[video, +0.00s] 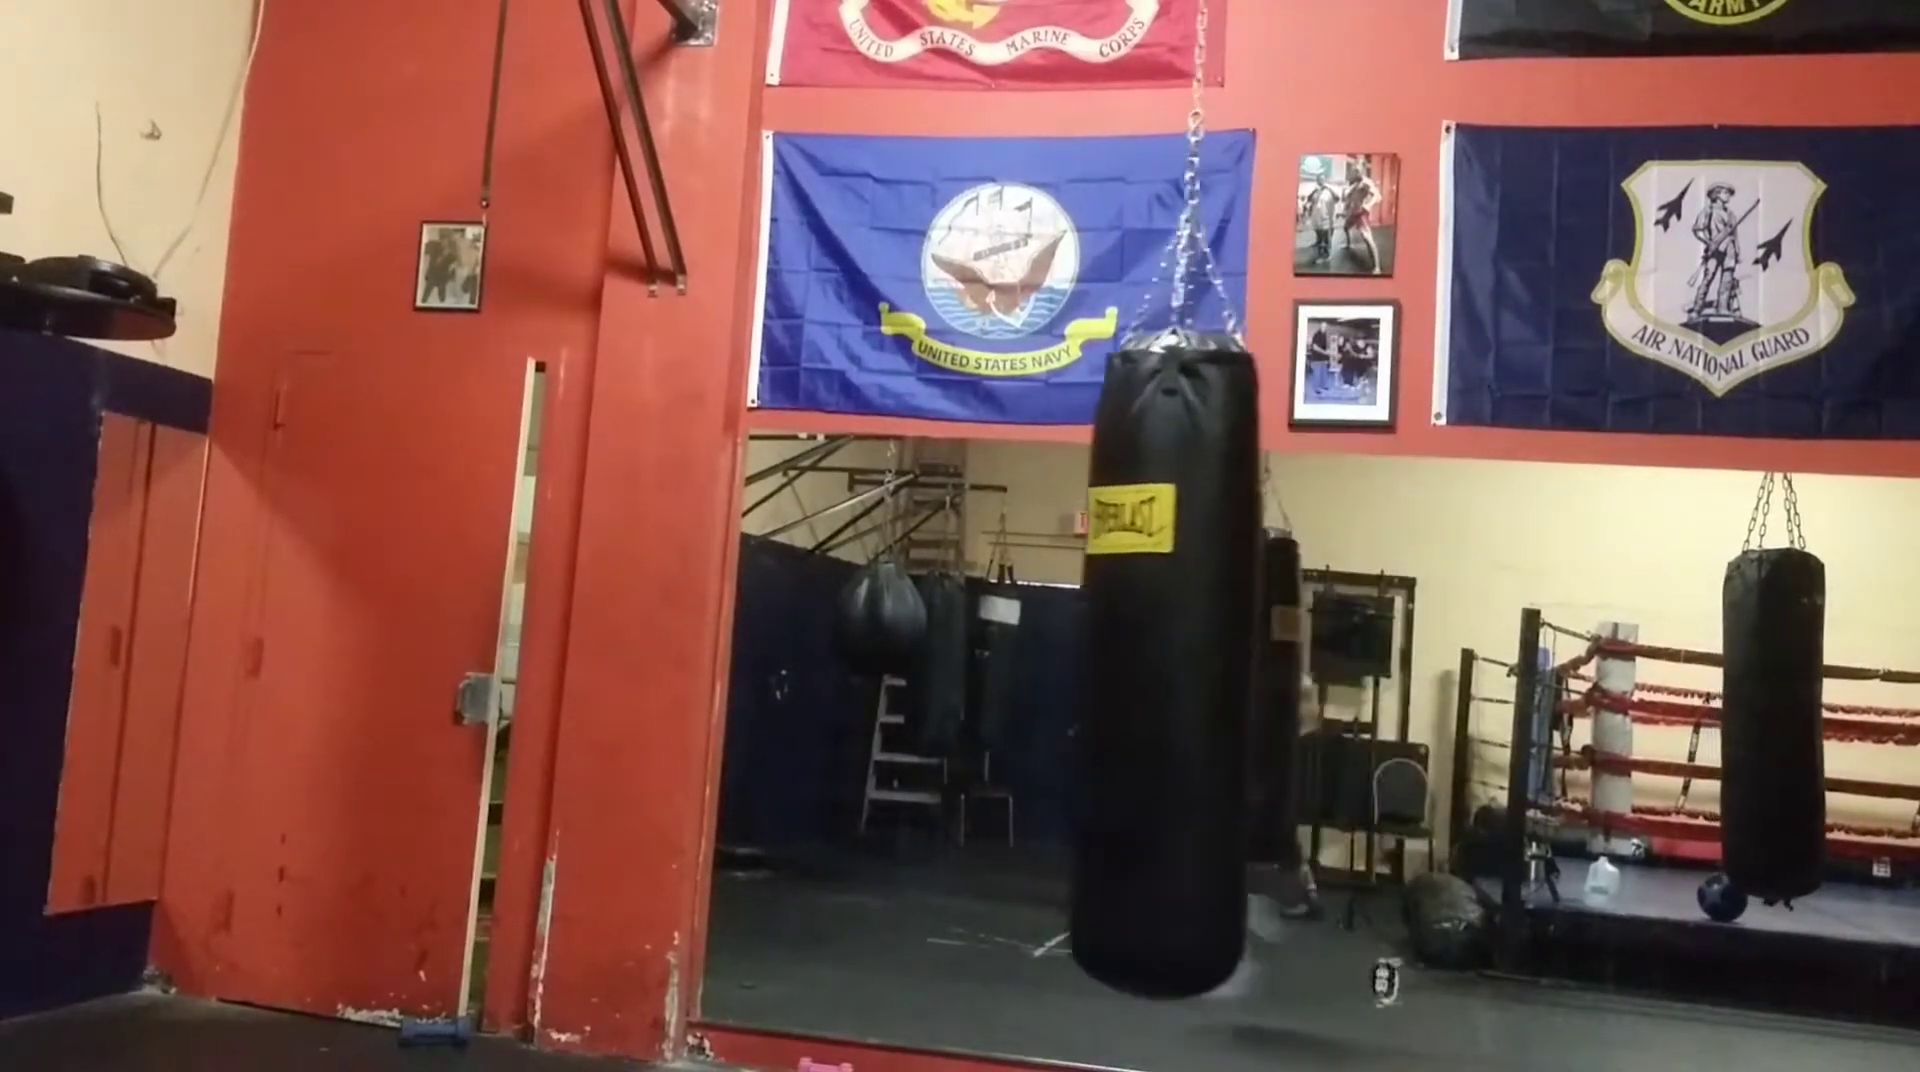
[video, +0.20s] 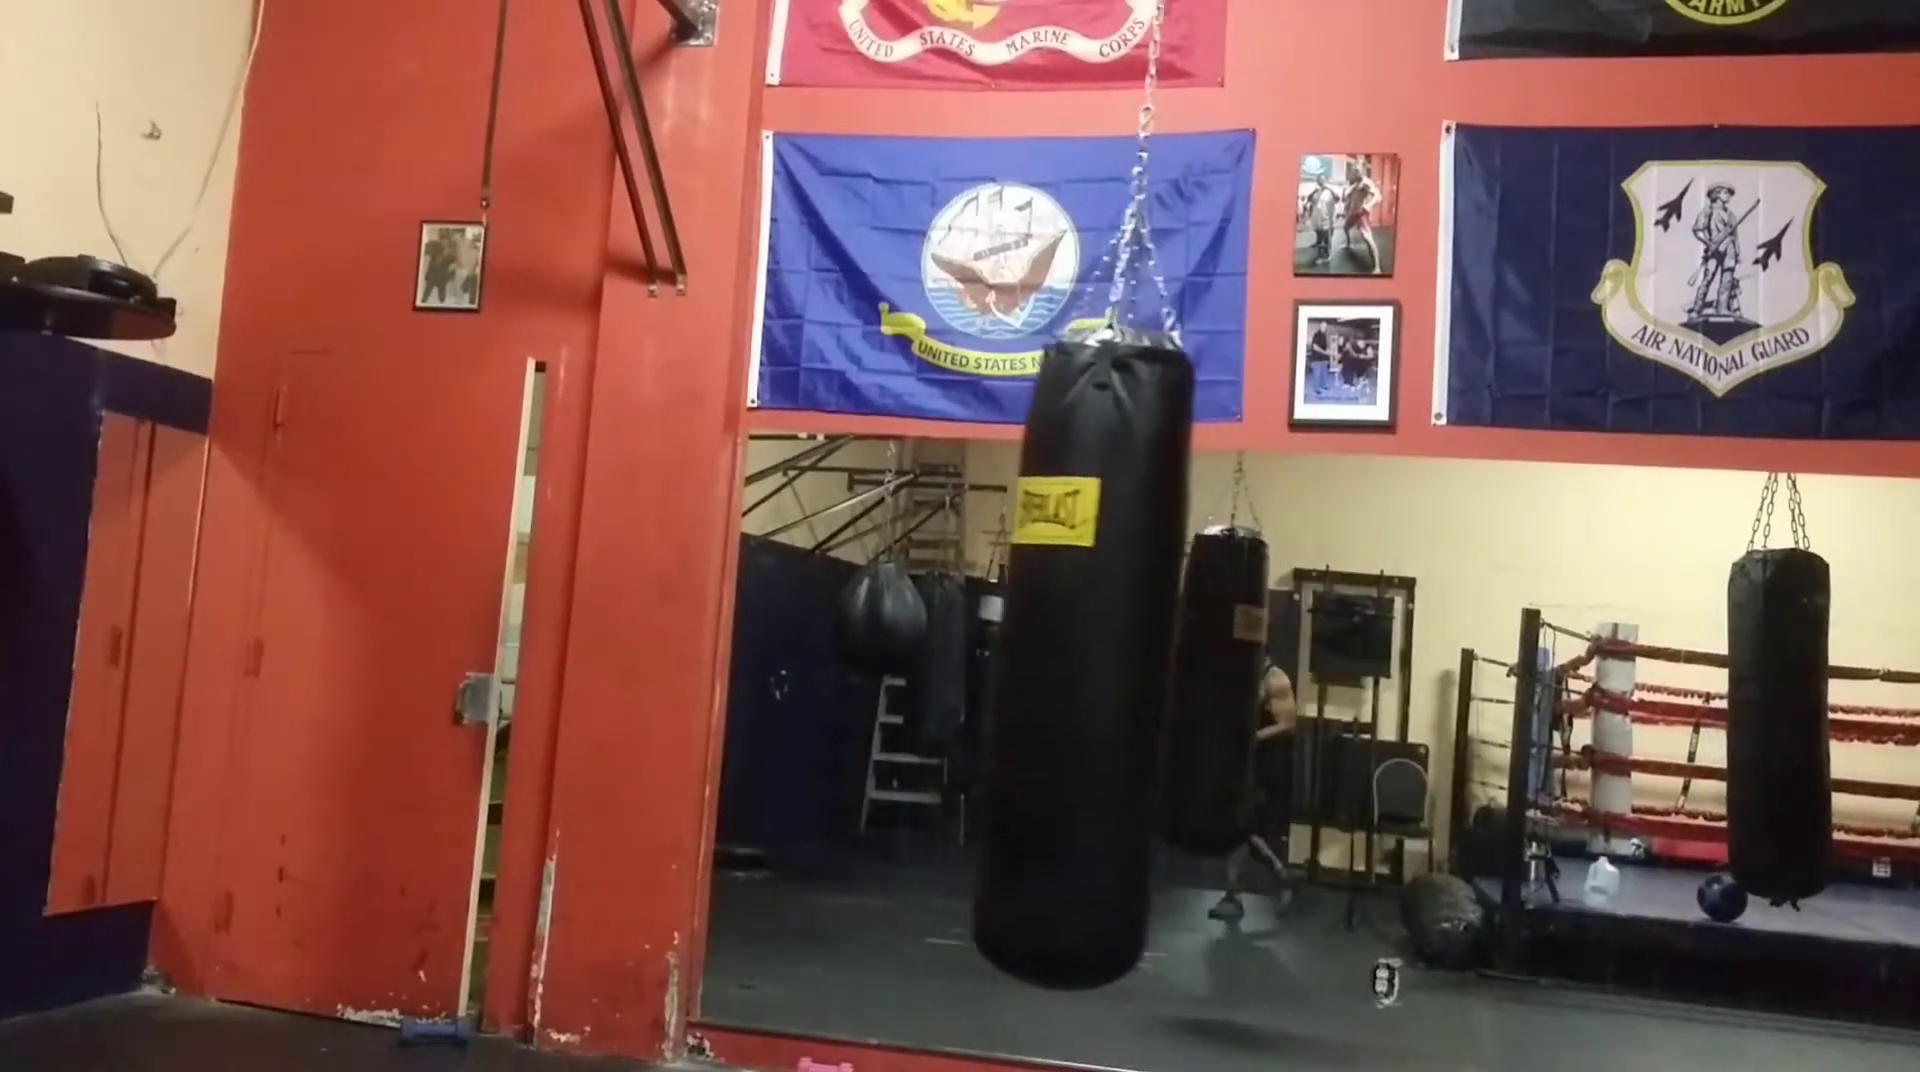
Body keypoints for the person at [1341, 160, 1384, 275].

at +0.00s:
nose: (1352, 175)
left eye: (1354, 172)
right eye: (1351, 172)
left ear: (1359, 173)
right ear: (1351, 174)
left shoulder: (1365, 183)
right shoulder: (1351, 186)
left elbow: (1377, 195)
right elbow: (1346, 200)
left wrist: (1367, 206)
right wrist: (1345, 212)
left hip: (1361, 212)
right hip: (1351, 212)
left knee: (1366, 236)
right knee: (1345, 228)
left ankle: (1376, 266)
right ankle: (1348, 244)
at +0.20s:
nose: (1351, 175)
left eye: (1353, 173)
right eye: (1351, 173)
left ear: (1358, 173)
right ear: (1352, 174)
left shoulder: (1365, 183)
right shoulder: (1352, 185)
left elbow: (1377, 195)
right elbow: (1347, 199)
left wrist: (1368, 206)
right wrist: (1346, 211)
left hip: (1362, 212)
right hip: (1352, 212)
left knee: (1367, 236)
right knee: (1346, 228)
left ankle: (1377, 267)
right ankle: (1348, 244)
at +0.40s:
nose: (1353, 175)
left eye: (1355, 172)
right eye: (1352, 172)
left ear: (1359, 173)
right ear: (1350, 174)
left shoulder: (1365, 183)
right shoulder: (1351, 185)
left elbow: (1376, 196)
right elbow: (1345, 199)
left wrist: (1367, 206)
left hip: (1361, 212)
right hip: (1351, 213)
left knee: (1366, 237)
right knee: (1345, 228)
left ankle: (1376, 267)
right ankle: (1348, 245)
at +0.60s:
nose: (1354, 174)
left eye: (1356, 171)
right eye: (1352, 172)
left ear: (1360, 172)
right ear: (1351, 174)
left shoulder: (1365, 183)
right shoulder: (1352, 185)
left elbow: (1376, 196)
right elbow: (1345, 199)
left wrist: (1367, 206)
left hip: (1361, 212)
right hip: (1351, 213)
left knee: (1366, 237)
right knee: (1345, 228)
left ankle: (1376, 267)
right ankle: (1348, 245)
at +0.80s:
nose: (1353, 174)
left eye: (1356, 171)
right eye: (1352, 172)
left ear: (1360, 172)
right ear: (1351, 173)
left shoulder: (1365, 182)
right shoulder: (1352, 184)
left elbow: (1377, 195)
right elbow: (1344, 197)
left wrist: (1367, 206)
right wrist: (1352, 187)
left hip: (1361, 211)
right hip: (1352, 212)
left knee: (1367, 237)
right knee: (1345, 227)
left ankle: (1376, 266)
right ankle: (1348, 244)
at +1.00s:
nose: (1350, 175)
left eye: (1352, 172)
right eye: (1349, 173)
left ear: (1357, 173)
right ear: (1350, 174)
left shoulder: (1364, 182)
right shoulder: (1351, 185)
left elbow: (1376, 195)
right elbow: (1343, 198)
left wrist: (1366, 205)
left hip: (1360, 211)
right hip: (1351, 212)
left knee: (1366, 236)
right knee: (1345, 227)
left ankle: (1375, 266)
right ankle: (1347, 243)